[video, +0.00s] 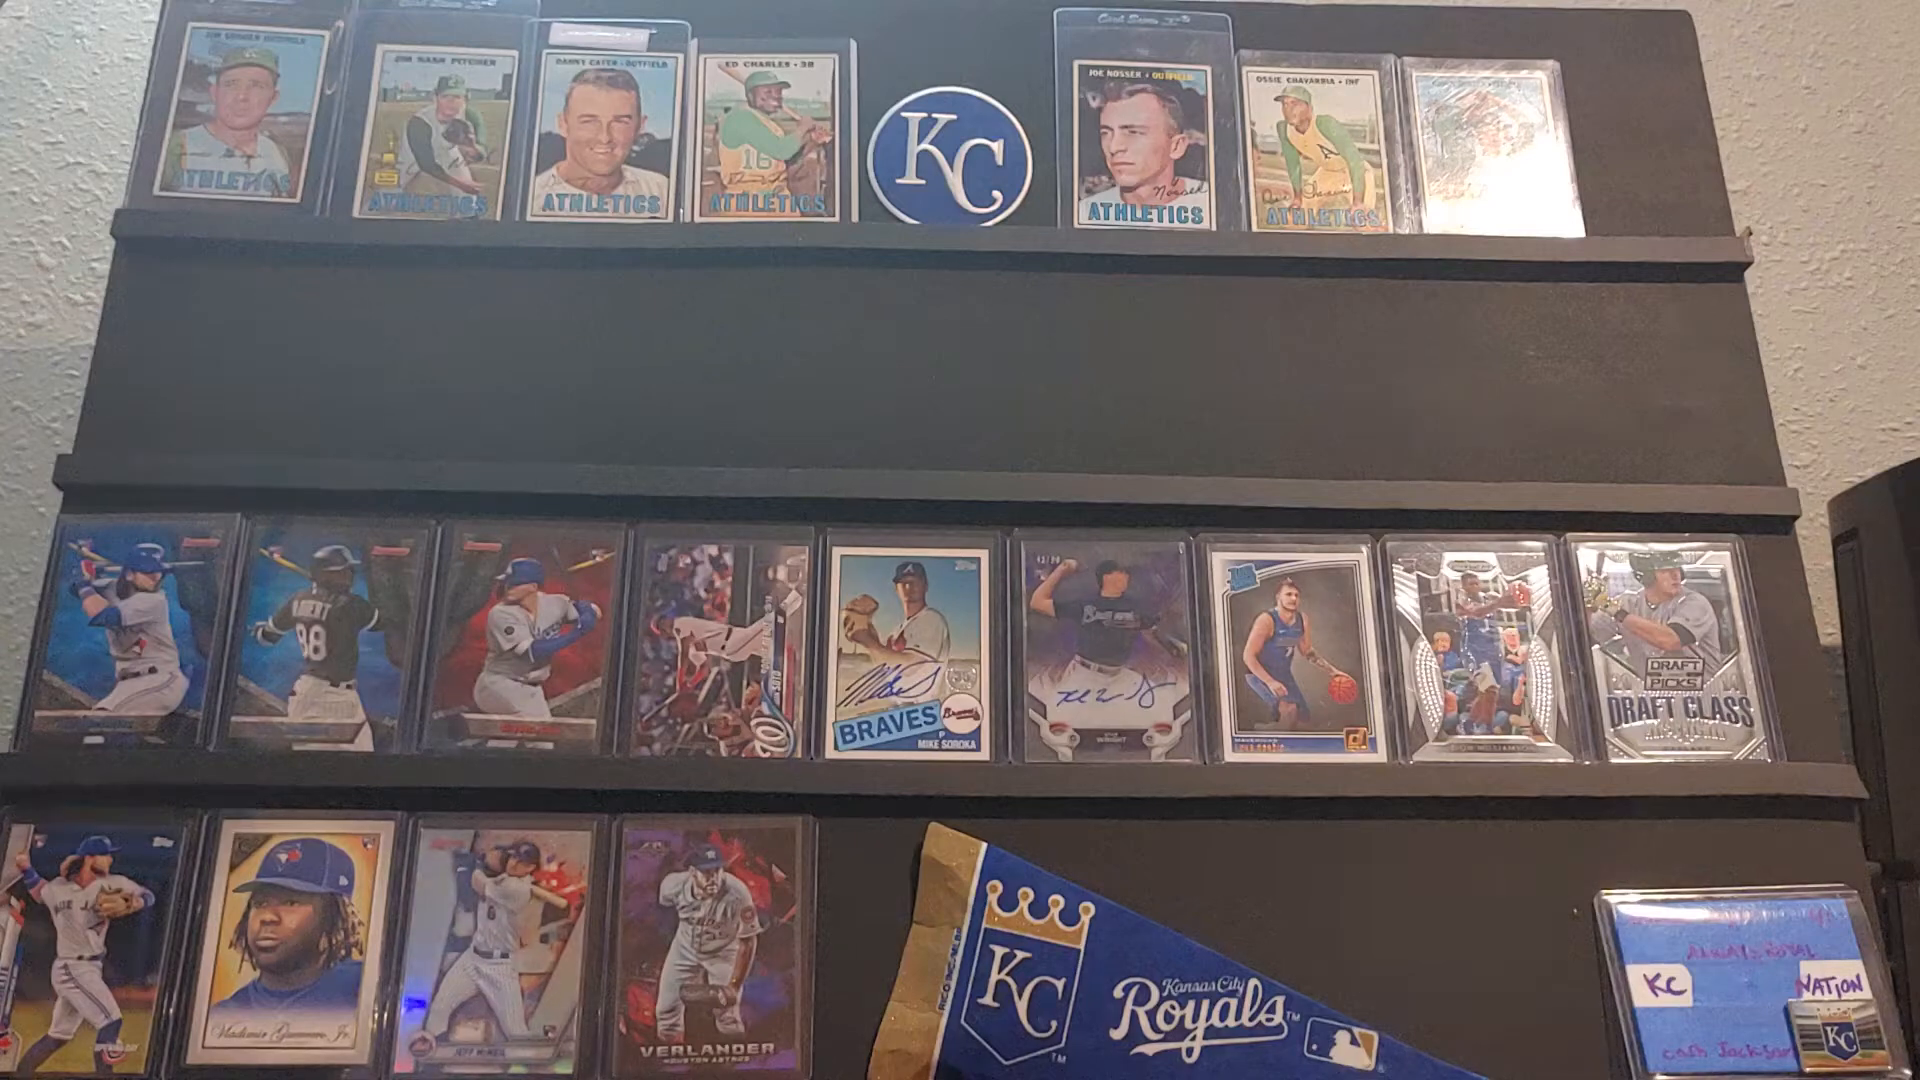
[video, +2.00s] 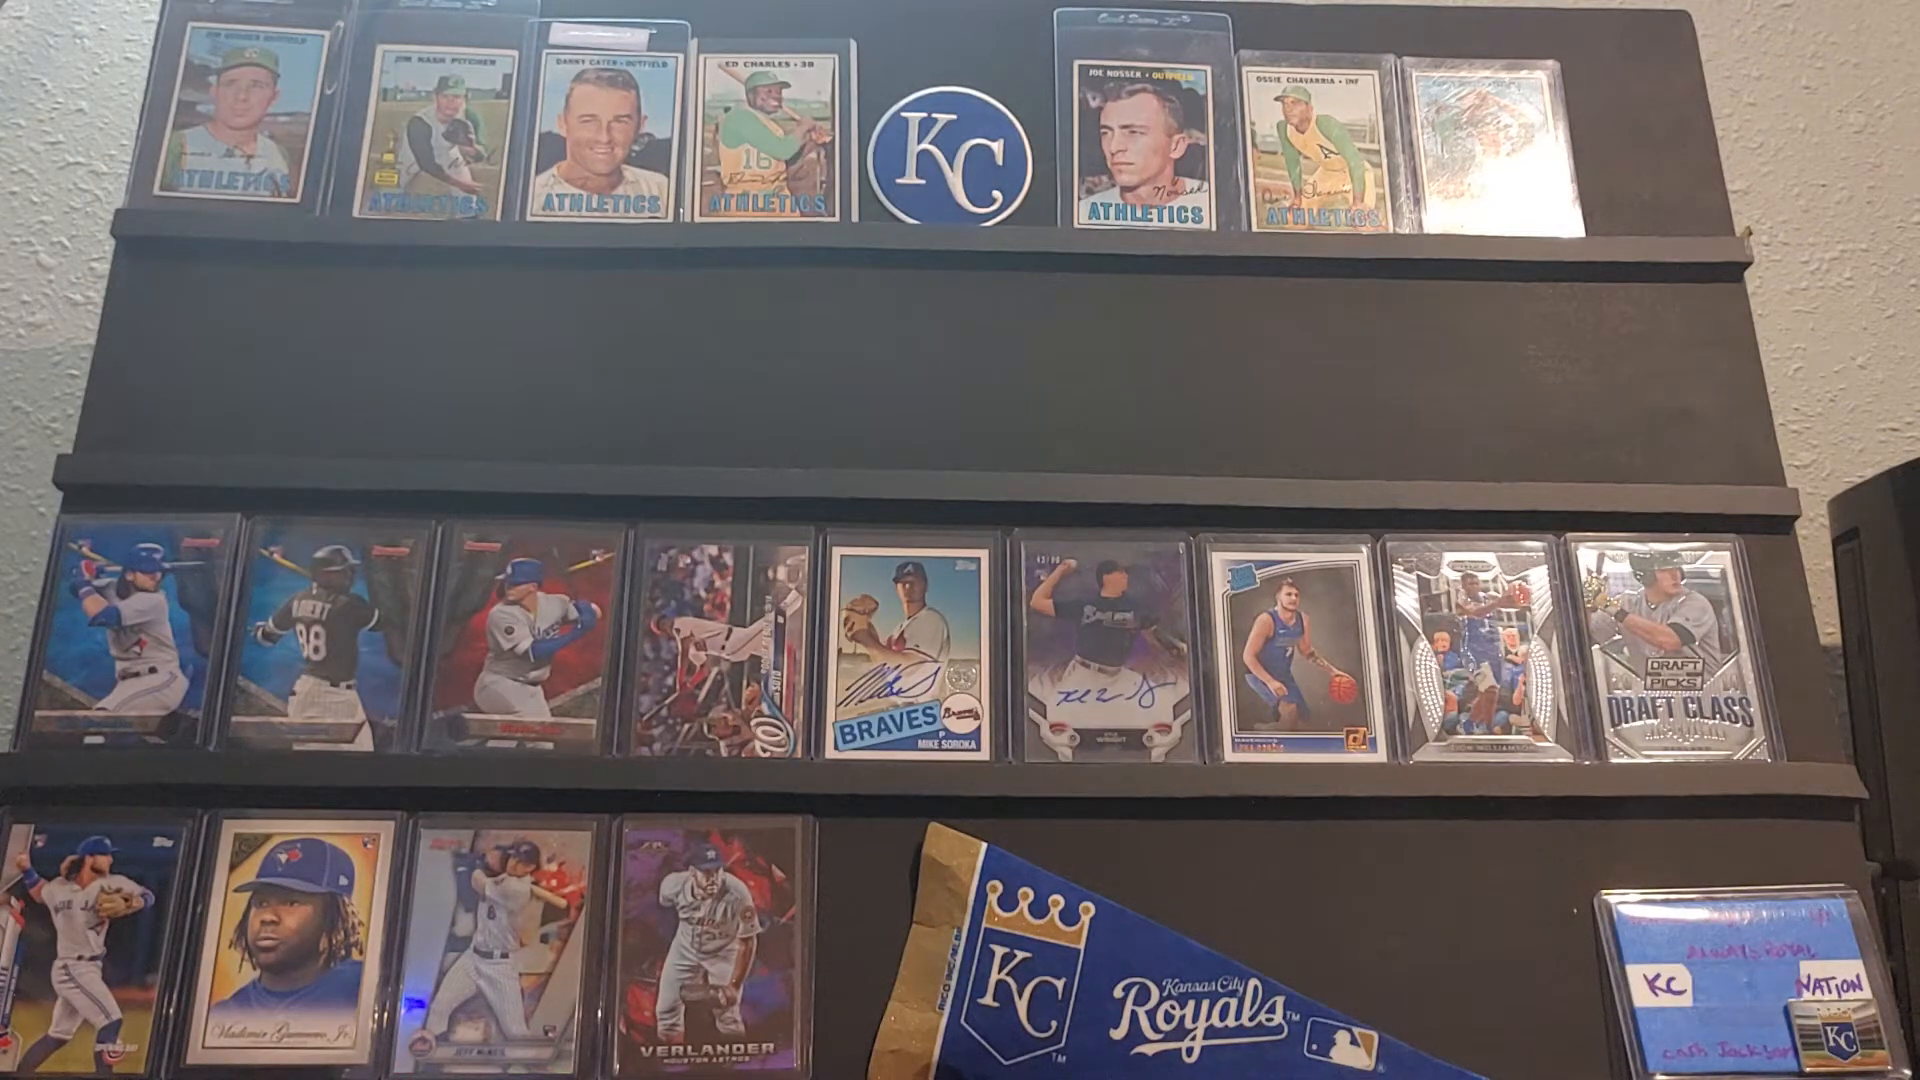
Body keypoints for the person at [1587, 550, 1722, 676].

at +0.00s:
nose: (1676, 576)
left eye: (1677, 569)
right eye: (1666, 570)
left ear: (1682, 571)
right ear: (1646, 575)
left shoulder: (1696, 604)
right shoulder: (1628, 603)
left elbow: (1671, 641)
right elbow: (1588, 635)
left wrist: (1623, 616)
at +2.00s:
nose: (1676, 576)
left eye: (1678, 568)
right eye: (1666, 569)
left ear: (1682, 571)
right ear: (1644, 574)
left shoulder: (1696, 604)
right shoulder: (1628, 603)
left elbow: (1670, 641)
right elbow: (1588, 636)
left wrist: (1619, 613)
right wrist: (1584, 608)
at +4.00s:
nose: (1677, 576)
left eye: (1677, 568)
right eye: (1667, 570)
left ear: (1682, 570)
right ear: (1645, 574)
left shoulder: (1696, 604)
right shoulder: (1627, 604)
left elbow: (1671, 641)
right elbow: (1585, 638)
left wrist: (1620, 614)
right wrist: (1584, 609)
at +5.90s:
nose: (1677, 576)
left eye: (1678, 569)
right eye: (1667, 569)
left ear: (1682, 571)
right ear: (1645, 574)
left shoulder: (1696, 604)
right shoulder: (1628, 603)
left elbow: (1671, 641)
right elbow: (1587, 637)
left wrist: (1620, 614)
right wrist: (1585, 610)